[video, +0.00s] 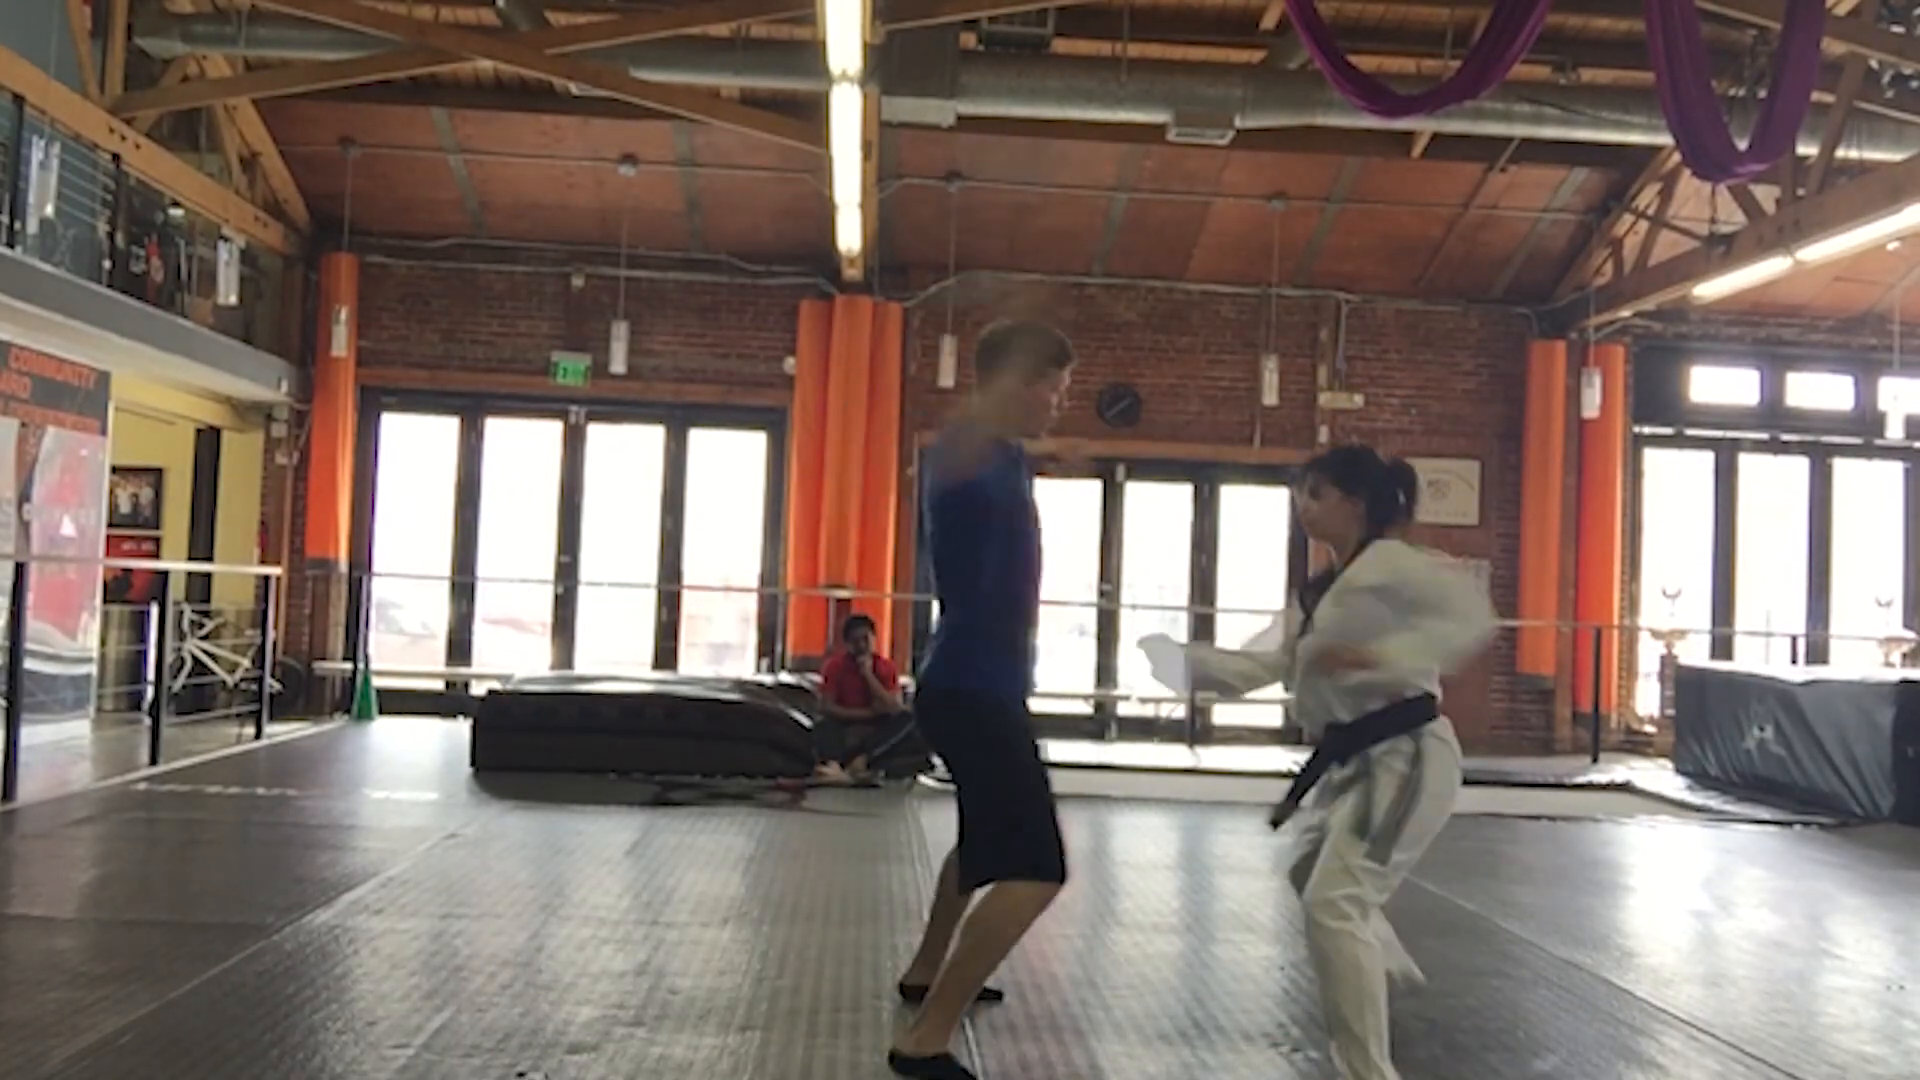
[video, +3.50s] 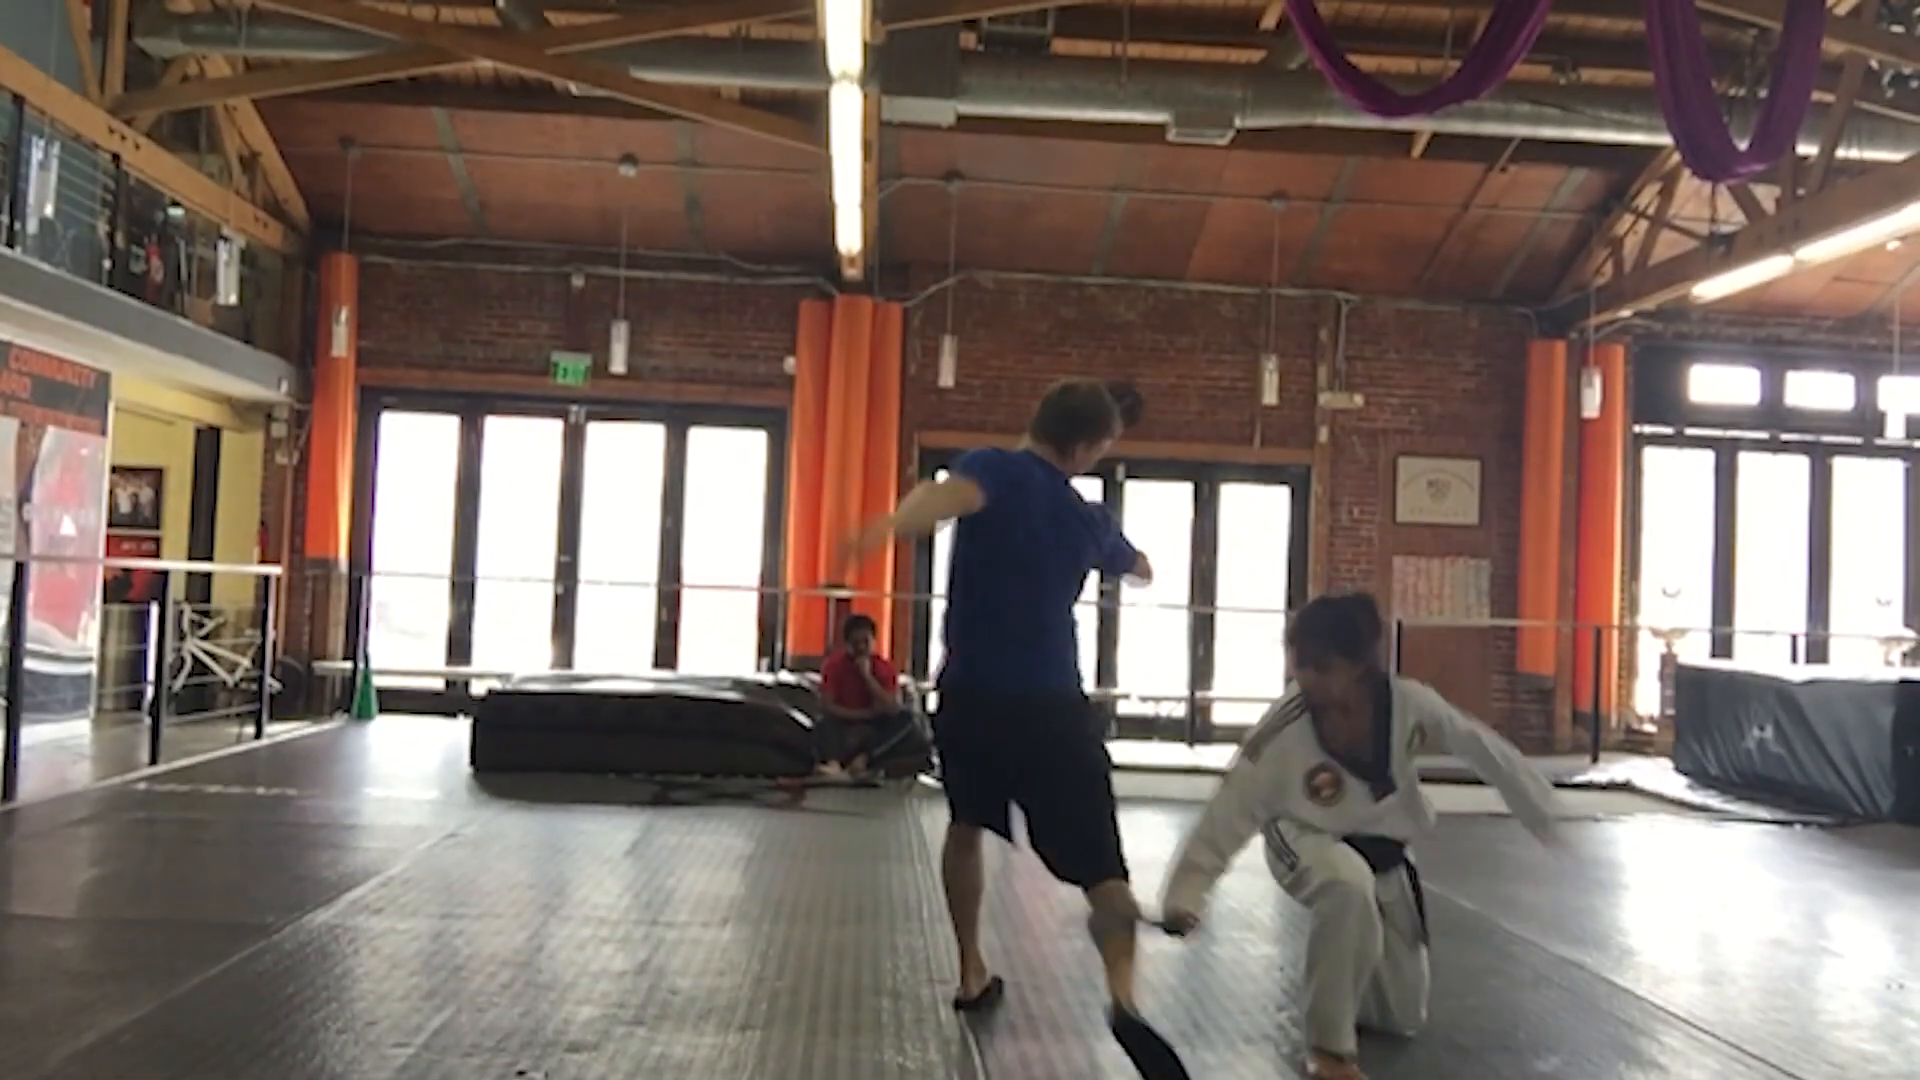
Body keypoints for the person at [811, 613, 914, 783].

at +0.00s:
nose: (861, 645)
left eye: (865, 639)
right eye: (855, 641)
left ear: (873, 639)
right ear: (847, 643)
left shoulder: (885, 667)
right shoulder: (834, 667)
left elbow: (894, 707)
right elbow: (826, 707)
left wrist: (868, 674)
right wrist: (870, 712)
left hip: (876, 721)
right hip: (843, 721)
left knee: (905, 720)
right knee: (823, 727)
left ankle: (864, 761)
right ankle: (833, 765)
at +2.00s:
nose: (861, 646)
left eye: (865, 640)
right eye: (855, 641)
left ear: (872, 640)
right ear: (846, 643)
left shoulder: (885, 668)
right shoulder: (834, 667)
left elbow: (893, 707)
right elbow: (827, 708)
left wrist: (868, 676)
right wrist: (868, 713)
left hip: (875, 720)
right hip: (842, 721)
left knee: (904, 720)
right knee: (824, 726)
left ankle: (863, 761)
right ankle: (831, 764)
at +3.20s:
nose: (862, 648)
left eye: (866, 642)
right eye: (856, 642)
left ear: (873, 642)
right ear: (847, 644)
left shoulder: (884, 668)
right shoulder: (834, 667)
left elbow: (892, 708)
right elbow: (827, 707)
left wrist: (867, 676)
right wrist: (868, 714)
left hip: (875, 721)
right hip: (843, 723)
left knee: (906, 721)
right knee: (822, 729)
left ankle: (866, 761)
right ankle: (832, 765)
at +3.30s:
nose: (861, 646)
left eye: (865, 640)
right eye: (855, 641)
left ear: (873, 640)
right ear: (847, 643)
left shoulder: (884, 667)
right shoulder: (834, 666)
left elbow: (892, 707)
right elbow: (827, 706)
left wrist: (868, 676)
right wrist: (869, 713)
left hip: (875, 720)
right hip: (842, 720)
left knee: (906, 720)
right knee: (821, 729)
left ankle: (866, 759)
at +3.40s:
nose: (861, 645)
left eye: (865, 639)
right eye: (856, 640)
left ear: (873, 638)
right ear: (847, 641)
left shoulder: (884, 665)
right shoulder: (834, 664)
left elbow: (892, 706)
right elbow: (827, 705)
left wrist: (868, 675)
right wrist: (869, 711)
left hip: (875, 718)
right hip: (842, 719)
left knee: (906, 718)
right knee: (821, 729)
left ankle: (866, 757)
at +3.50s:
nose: (861, 647)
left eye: (865, 641)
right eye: (856, 642)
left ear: (873, 641)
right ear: (847, 643)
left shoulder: (885, 668)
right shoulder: (833, 666)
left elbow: (892, 708)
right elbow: (827, 706)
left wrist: (868, 676)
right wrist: (868, 713)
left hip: (875, 719)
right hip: (842, 720)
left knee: (906, 719)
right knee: (823, 727)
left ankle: (865, 759)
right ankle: (833, 763)